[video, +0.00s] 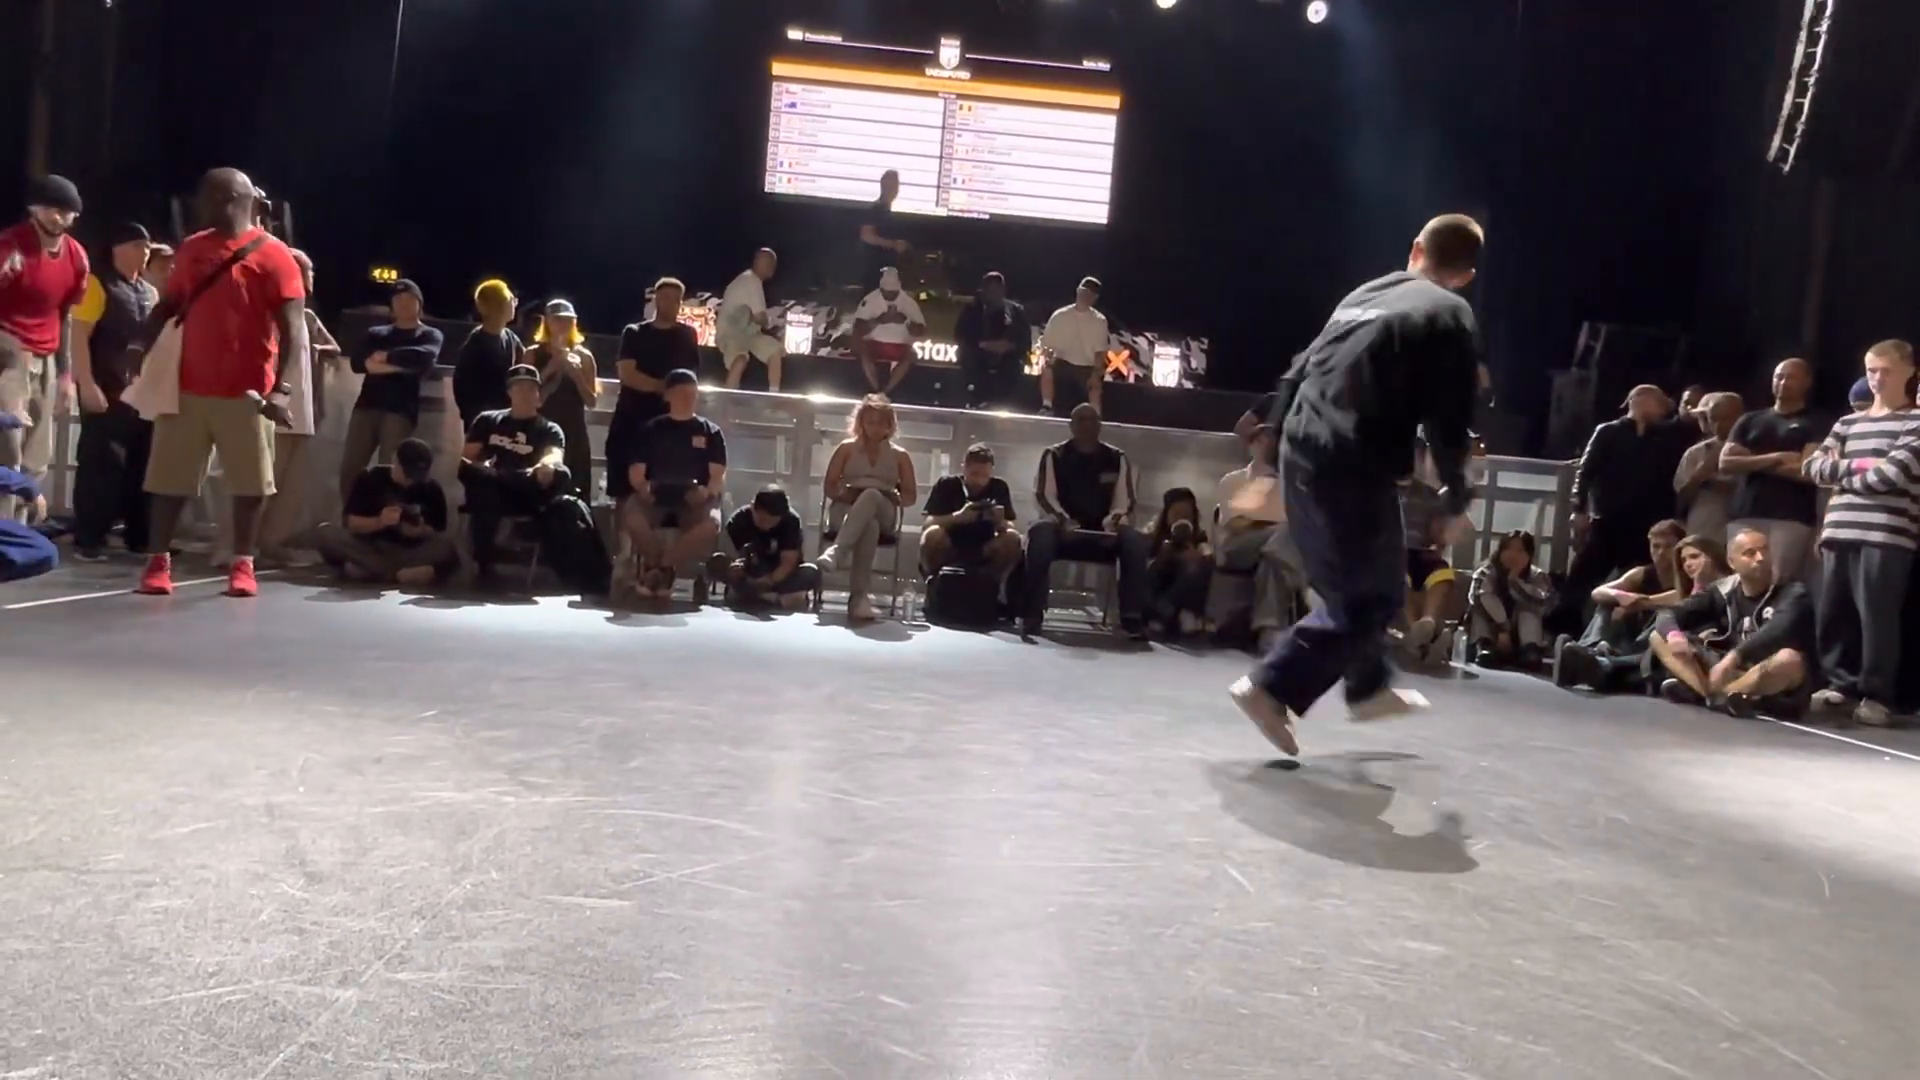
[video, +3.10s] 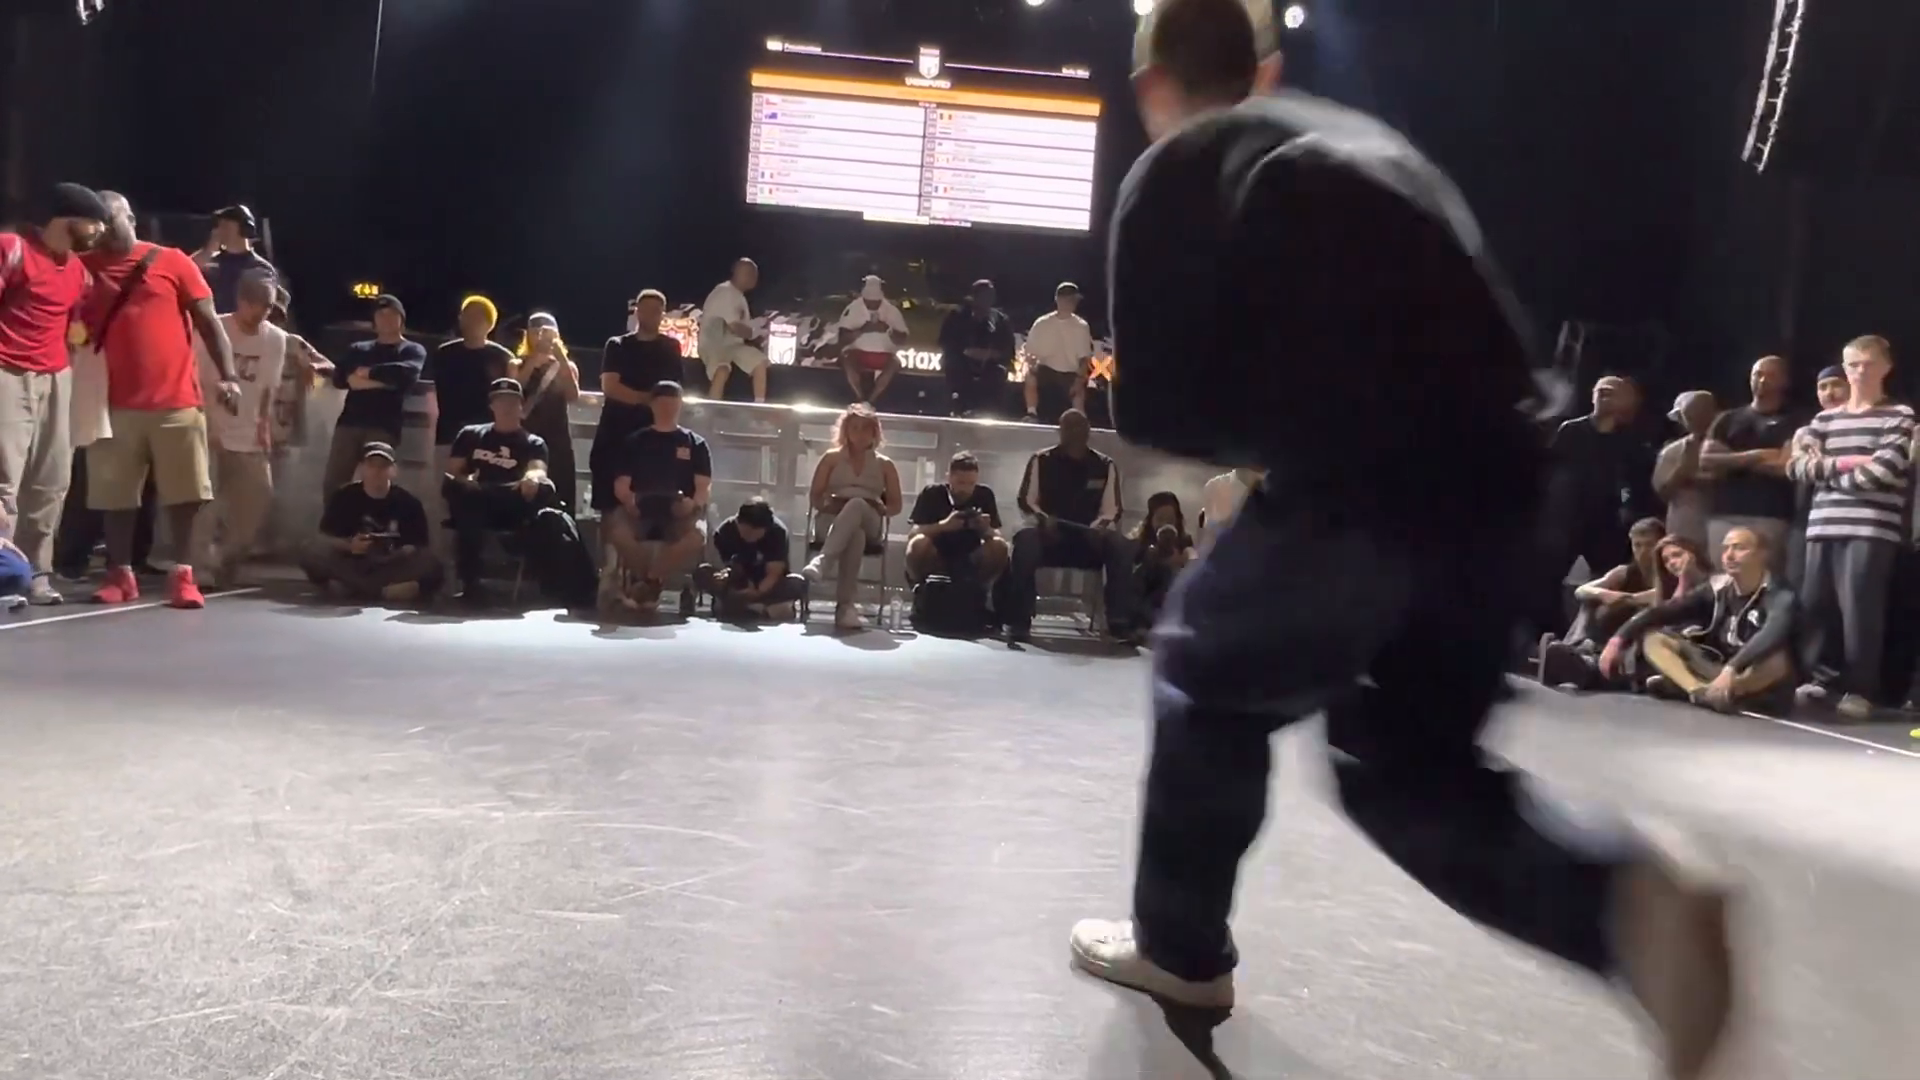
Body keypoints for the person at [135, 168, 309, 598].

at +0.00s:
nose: (212, 204)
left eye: (220, 196)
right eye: (210, 196)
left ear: (246, 201)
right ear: (210, 200)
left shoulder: (278, 257)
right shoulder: (191, 249)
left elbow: (294, 329)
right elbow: (165, 309)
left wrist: (284, 388)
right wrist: (140, 357)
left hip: (245, 394)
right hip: (185, 390)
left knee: (250, 485)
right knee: (168, 482)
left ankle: (243, 563)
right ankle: (158, 562)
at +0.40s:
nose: (211, 210)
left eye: (217, 202)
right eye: (212, 203)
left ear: (242, 203)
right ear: (243, 203)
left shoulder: (278, 259)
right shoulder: (214, 249)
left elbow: (292, 335)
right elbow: (199, 299)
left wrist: (279, 394)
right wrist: (150, 310)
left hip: (245, 396)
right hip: (194, 390)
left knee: (249, 486)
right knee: (175, 478)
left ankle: (242, 566)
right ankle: (167, 559)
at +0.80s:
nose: (196, 207)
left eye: (204, 199)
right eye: (196, 199)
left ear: (231, 201)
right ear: (205, 204)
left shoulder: (261, 256)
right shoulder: (194, 248)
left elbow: (280, 326)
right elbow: (175, 283)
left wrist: (271, 389)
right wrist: (114, 264)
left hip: (234, 391)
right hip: (181, 388)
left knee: (242, 483)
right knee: (176, 477)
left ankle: (240, 566)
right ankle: (179, 561)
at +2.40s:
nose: (190, 212)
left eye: (199, 204)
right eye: (188, 205)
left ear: (226, 207)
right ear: (186, 211)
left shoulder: (254, 263)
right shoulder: (169, 254)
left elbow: (270, 330)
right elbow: (128, 288)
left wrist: (265, 387)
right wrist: (96, 253)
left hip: (223, 393)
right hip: (161, 388)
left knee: (230, 485)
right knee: (145, 480)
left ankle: (224, 565)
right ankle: (137, 560)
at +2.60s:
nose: (161, 213)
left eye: (169, 205)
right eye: (159, 207)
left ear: (194, 207)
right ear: (158, 213)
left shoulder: (227, 259)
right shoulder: (141, 258)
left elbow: (251, 324)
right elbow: (99, 306)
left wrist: (259, 385)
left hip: (206, 395)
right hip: (143, 394)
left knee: (216, 488)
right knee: (136, 487)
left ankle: (219, 569)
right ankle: (133, 566)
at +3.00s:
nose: (112, 224)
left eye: (118, 216)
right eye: (106, 218)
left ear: (140, 217)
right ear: (101, 226)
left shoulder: (180, 261)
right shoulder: (95, 270)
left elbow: (215, 321)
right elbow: (69, 335)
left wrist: (236, 378)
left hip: (181, 403)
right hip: (120, 405)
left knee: (191, 497)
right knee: (120, 498)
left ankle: (197, 574)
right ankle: (125, 575)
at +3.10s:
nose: (106, 228)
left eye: (111, 219)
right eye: (98, 222)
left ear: (129, 219)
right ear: (92, 229)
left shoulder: (171, 261)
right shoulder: (86, 272)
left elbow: (209, 321)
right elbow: (68, 333)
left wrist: (228, 375)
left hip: (177, 403)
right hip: (116, 406)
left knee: (185, 494)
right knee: (116, 497)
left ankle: (183, 574)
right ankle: (121, 576)